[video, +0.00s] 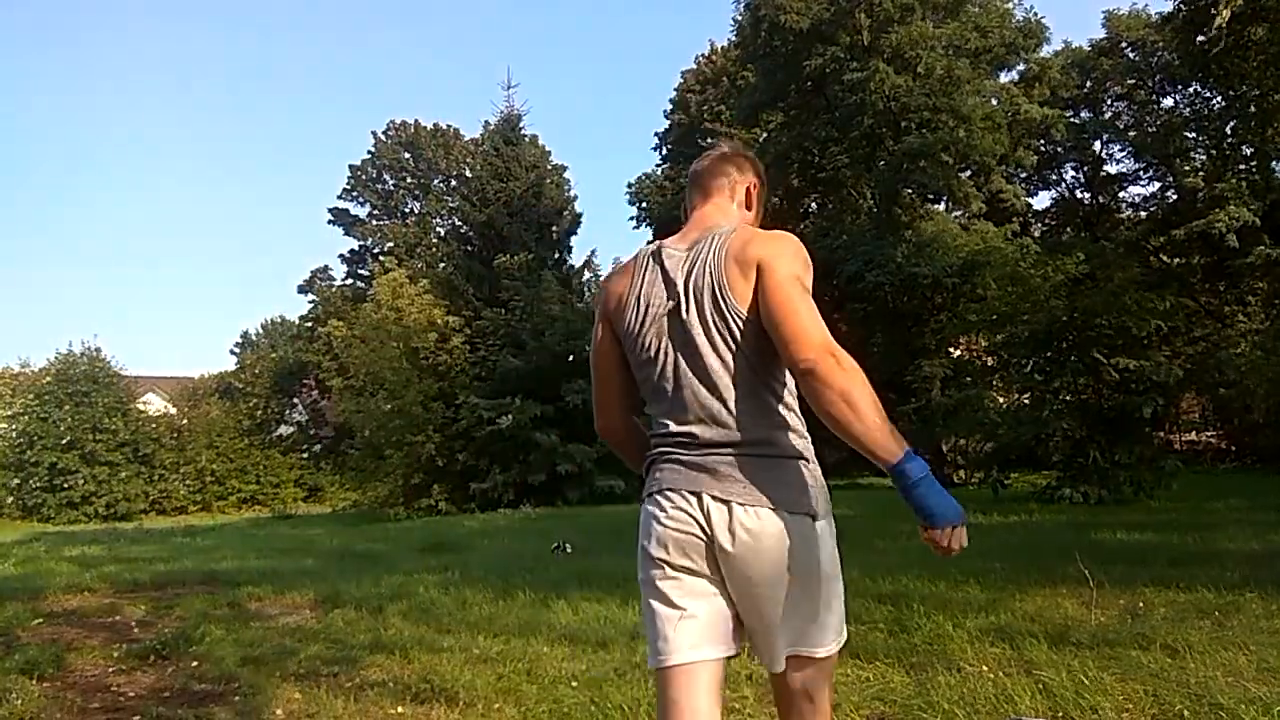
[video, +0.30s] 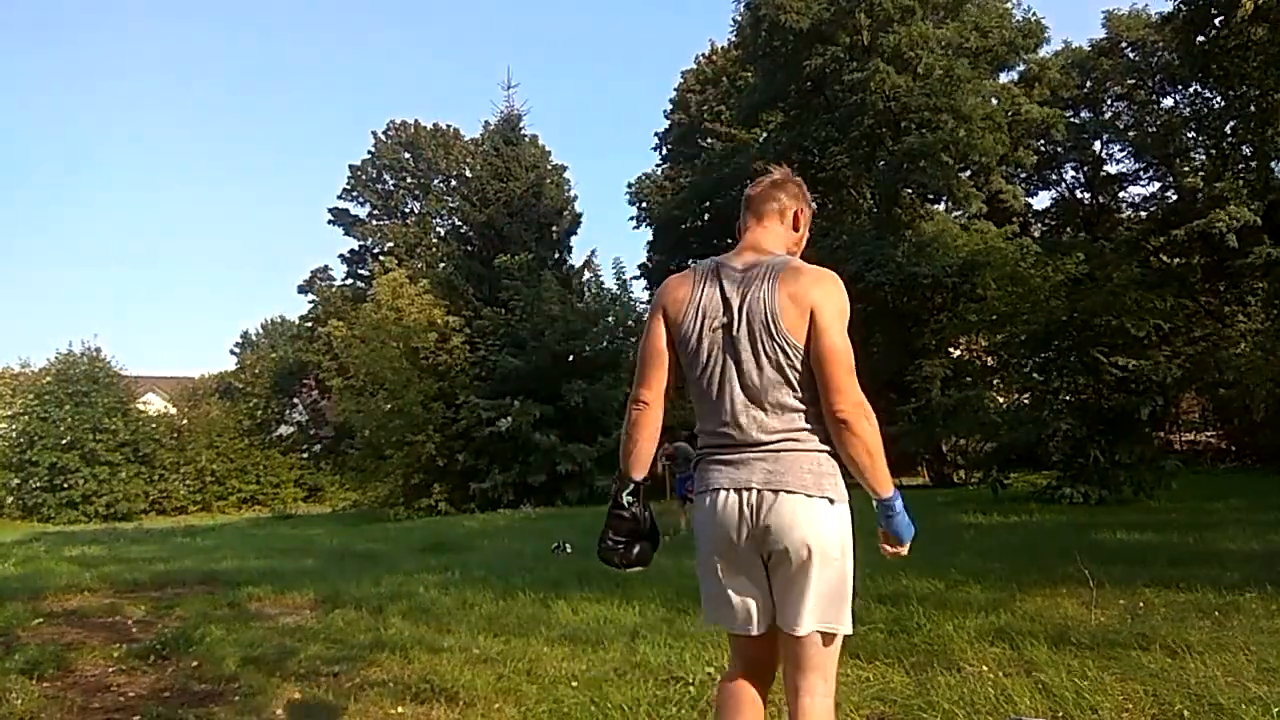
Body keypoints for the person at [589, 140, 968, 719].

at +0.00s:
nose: (756, 218)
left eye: (755, 210)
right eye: (759, 208)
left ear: (689, 200)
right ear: (747, 195)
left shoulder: (618, 284)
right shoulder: (766, 247)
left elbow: (612, 421)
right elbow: (816, 364)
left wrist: (674, 471)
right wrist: (915, 477)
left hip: (671, 507)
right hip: (775, 507)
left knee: (685, 706)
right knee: (805, 695)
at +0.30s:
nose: (801, 244)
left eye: (802, 233)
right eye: (804, 231)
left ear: (742, 221)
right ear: (796, 221)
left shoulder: (676, 291)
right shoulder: (816, 284)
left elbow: (646, 401)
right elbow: (844, 408)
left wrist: (628, 498)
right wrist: (889, 500)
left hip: (718, 501)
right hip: (804, 498)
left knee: (746, 664)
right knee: (812, 676)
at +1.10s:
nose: (878, 368)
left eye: (877, 364)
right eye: (880, 363)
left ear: (832, 349)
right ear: (874, 356)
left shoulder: (778, 367)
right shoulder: (880, 379)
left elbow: (735, 446)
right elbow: (912, 474)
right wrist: (916, 556)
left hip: (749, 493)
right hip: (821, 497)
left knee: (777, 632)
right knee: (875, 631)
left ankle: (787, 716)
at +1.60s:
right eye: (934, 479)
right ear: (929, 465)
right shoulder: (932, 485)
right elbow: (965, 593)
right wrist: (993, 672)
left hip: (783, 474)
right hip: (856, 489)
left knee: (797, 629)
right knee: (902, 629)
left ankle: (795, 713)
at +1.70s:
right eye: (935, 462)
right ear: (930, 449)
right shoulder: (934, 470)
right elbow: (964, 577)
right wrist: (976, 657)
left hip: (787, 473)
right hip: (860, 488)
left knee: (799, 627)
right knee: (903, 629)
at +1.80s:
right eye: (933, 435)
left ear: (897, 402)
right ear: (926, 422)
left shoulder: (840, 401)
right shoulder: (933, 440)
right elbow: (965, 539)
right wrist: (950, 615)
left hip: (788, 477)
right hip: (861, 487)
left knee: (800, 629)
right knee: (901, 632)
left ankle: (800, 713)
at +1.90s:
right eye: (922, 399)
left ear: (878, 372)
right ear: (916, 387)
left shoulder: (825, 378)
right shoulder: (926, 405)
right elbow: (956, 492)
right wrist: (925, 553)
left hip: (784, 480)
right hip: (857, 487)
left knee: (799, 631)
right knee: (898, 633)